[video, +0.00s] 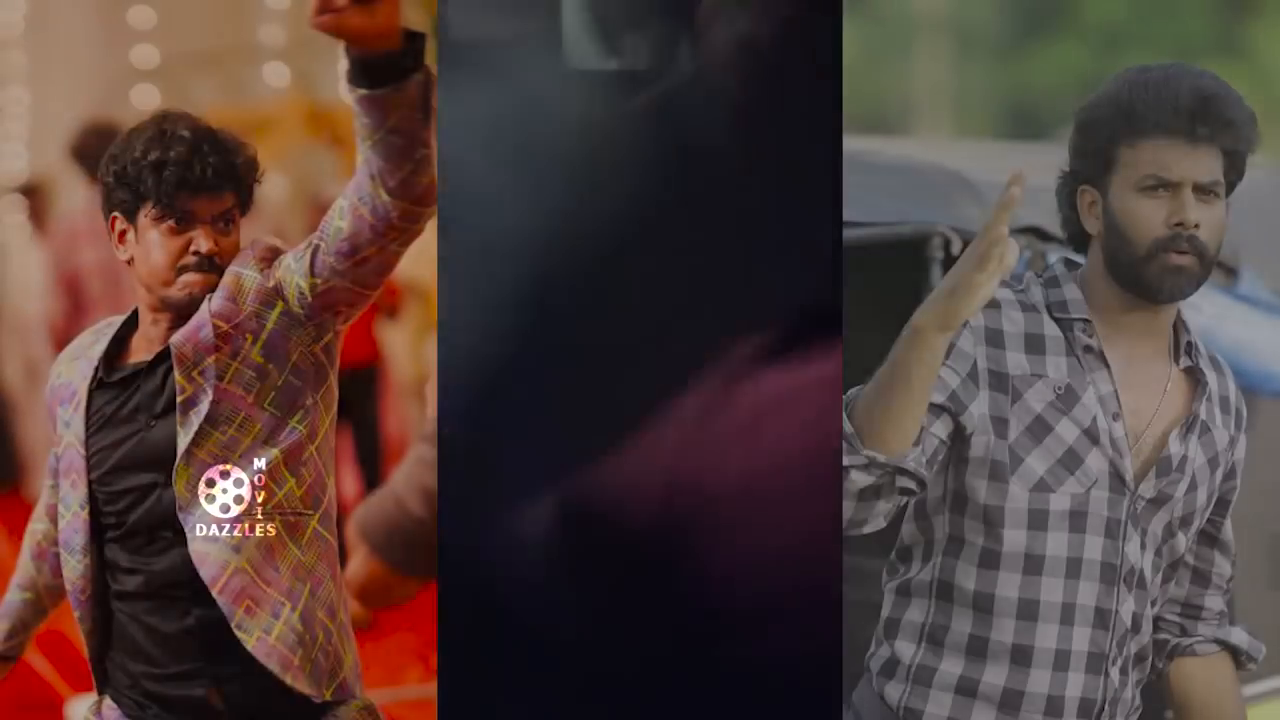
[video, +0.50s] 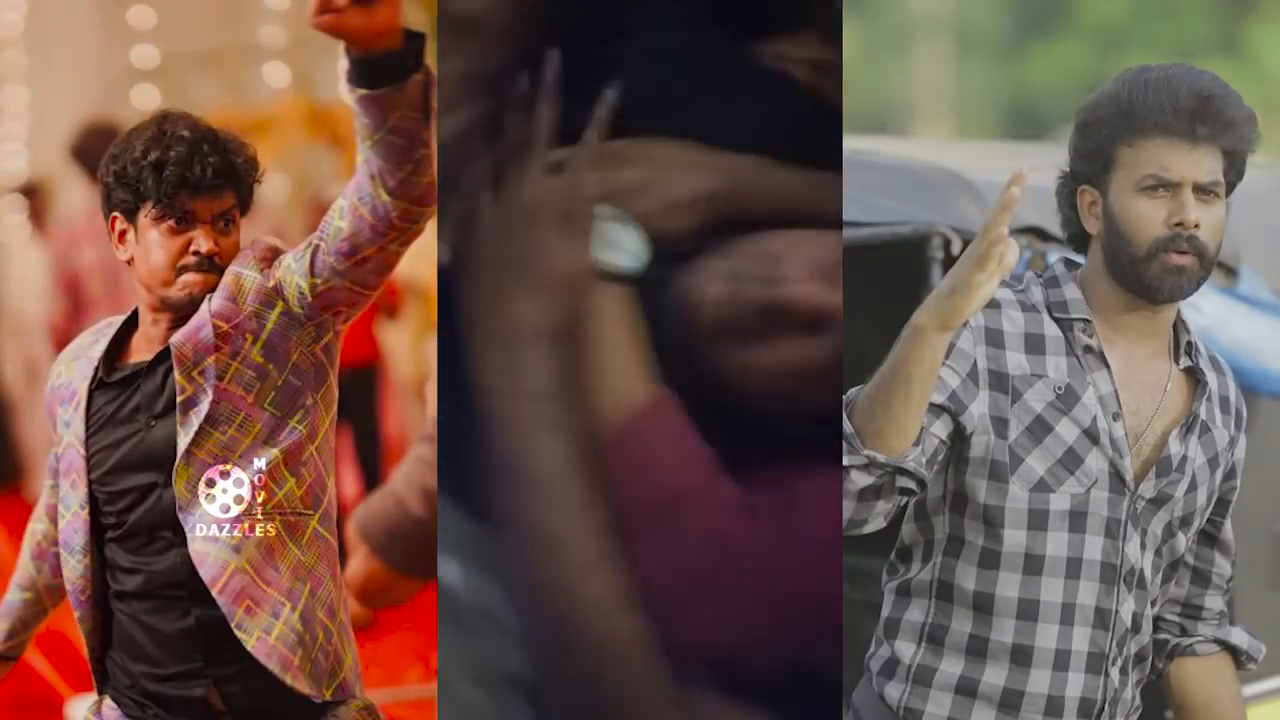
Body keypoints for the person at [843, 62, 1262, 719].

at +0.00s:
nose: (1187, 217)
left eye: (1207, 194)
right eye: (1157, 190)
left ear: (1228, 209)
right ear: (1091, 207)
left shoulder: (1220, 400)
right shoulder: (983, 327)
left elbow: (1192, 617)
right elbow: (853, 507)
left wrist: (1224, 710)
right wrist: (935, 320)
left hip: (1107, 709)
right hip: (936, 702)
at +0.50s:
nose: (1187, 217)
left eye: (1207, 194)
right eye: (1157, 190)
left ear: (1227, 209)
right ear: (1092, 208)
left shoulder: (1219, 398)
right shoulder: (984, 329)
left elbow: (1193, 616)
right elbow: (853, 508)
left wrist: (1224, 711)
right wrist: (932, 326)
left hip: (1106, 709)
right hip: (936, 702)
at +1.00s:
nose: (1187, 217)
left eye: (1207, 194)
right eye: (1157, 190)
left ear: (1227, 209)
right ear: (1092, 208)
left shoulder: (1219, 397)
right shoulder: (985, 328)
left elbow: (1193, 615)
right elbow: (857, 504)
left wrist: (1224, 711)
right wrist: (932, 325)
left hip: (1105, 709)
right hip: (936, 701)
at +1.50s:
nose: (1187, 217)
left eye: (1207, 194)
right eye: (1157, 190)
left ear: (1227, 208)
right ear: (1092, 208)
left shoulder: (1219, 397)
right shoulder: (984, 329)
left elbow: (1193, 617)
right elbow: (854, 506)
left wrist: (1226, 711)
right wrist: (932, 326)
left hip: (1106, 709)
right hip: (936, 702)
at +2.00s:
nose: (1187, 217)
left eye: (1207, 194)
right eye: (1157, 190)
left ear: (1227, 208)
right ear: (1092, 208)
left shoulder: (1219, 398)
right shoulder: (984, 329)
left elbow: (1193, 618)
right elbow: (851, 507)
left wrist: (1226, 711)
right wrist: (932, 327)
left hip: (1106, 709)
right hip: (937, 702)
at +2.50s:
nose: (1187, 217)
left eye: (1207, 194)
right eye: (1157, 190)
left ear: (1227, 208)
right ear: (1092, 208)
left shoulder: (1219, 398)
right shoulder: (984, 329)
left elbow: (1193, 615)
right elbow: (851, 508)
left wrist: (1225, 711)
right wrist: (931, 328)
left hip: (1105, 709)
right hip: (934, 702)